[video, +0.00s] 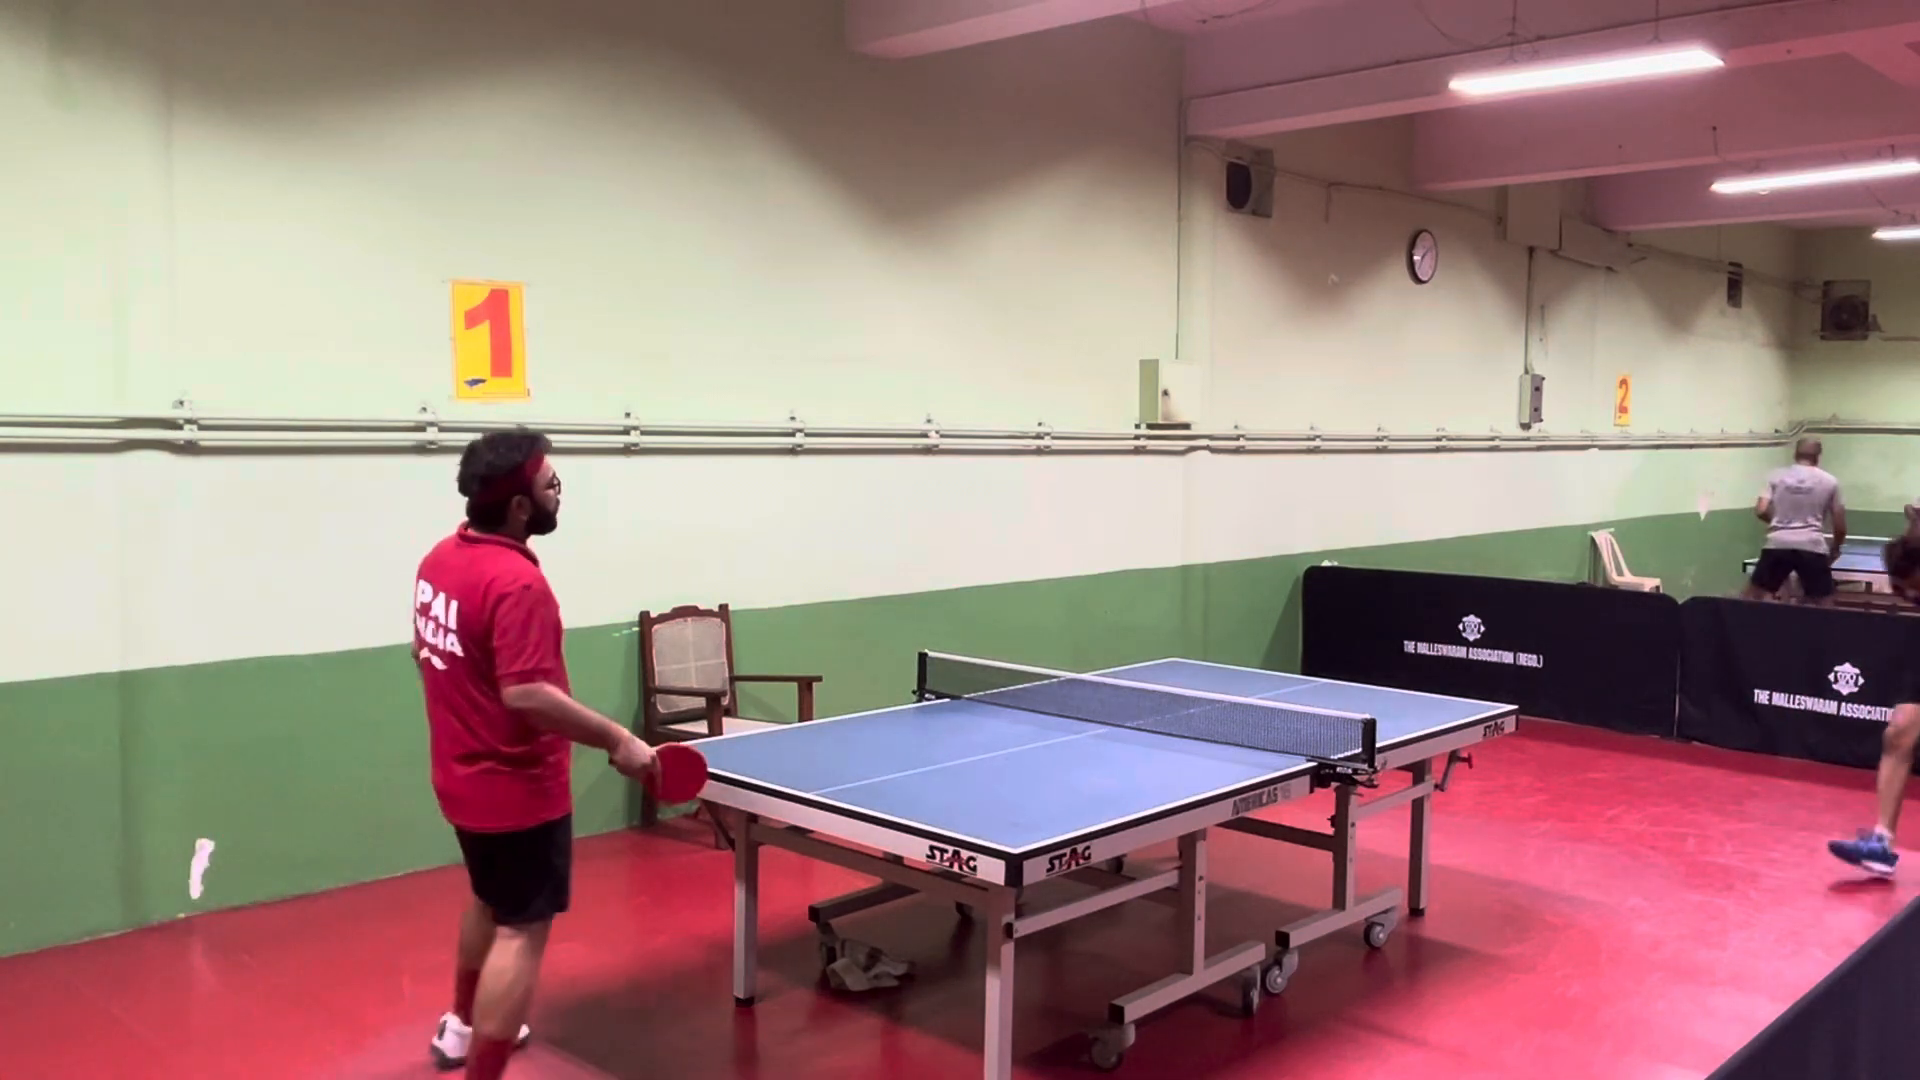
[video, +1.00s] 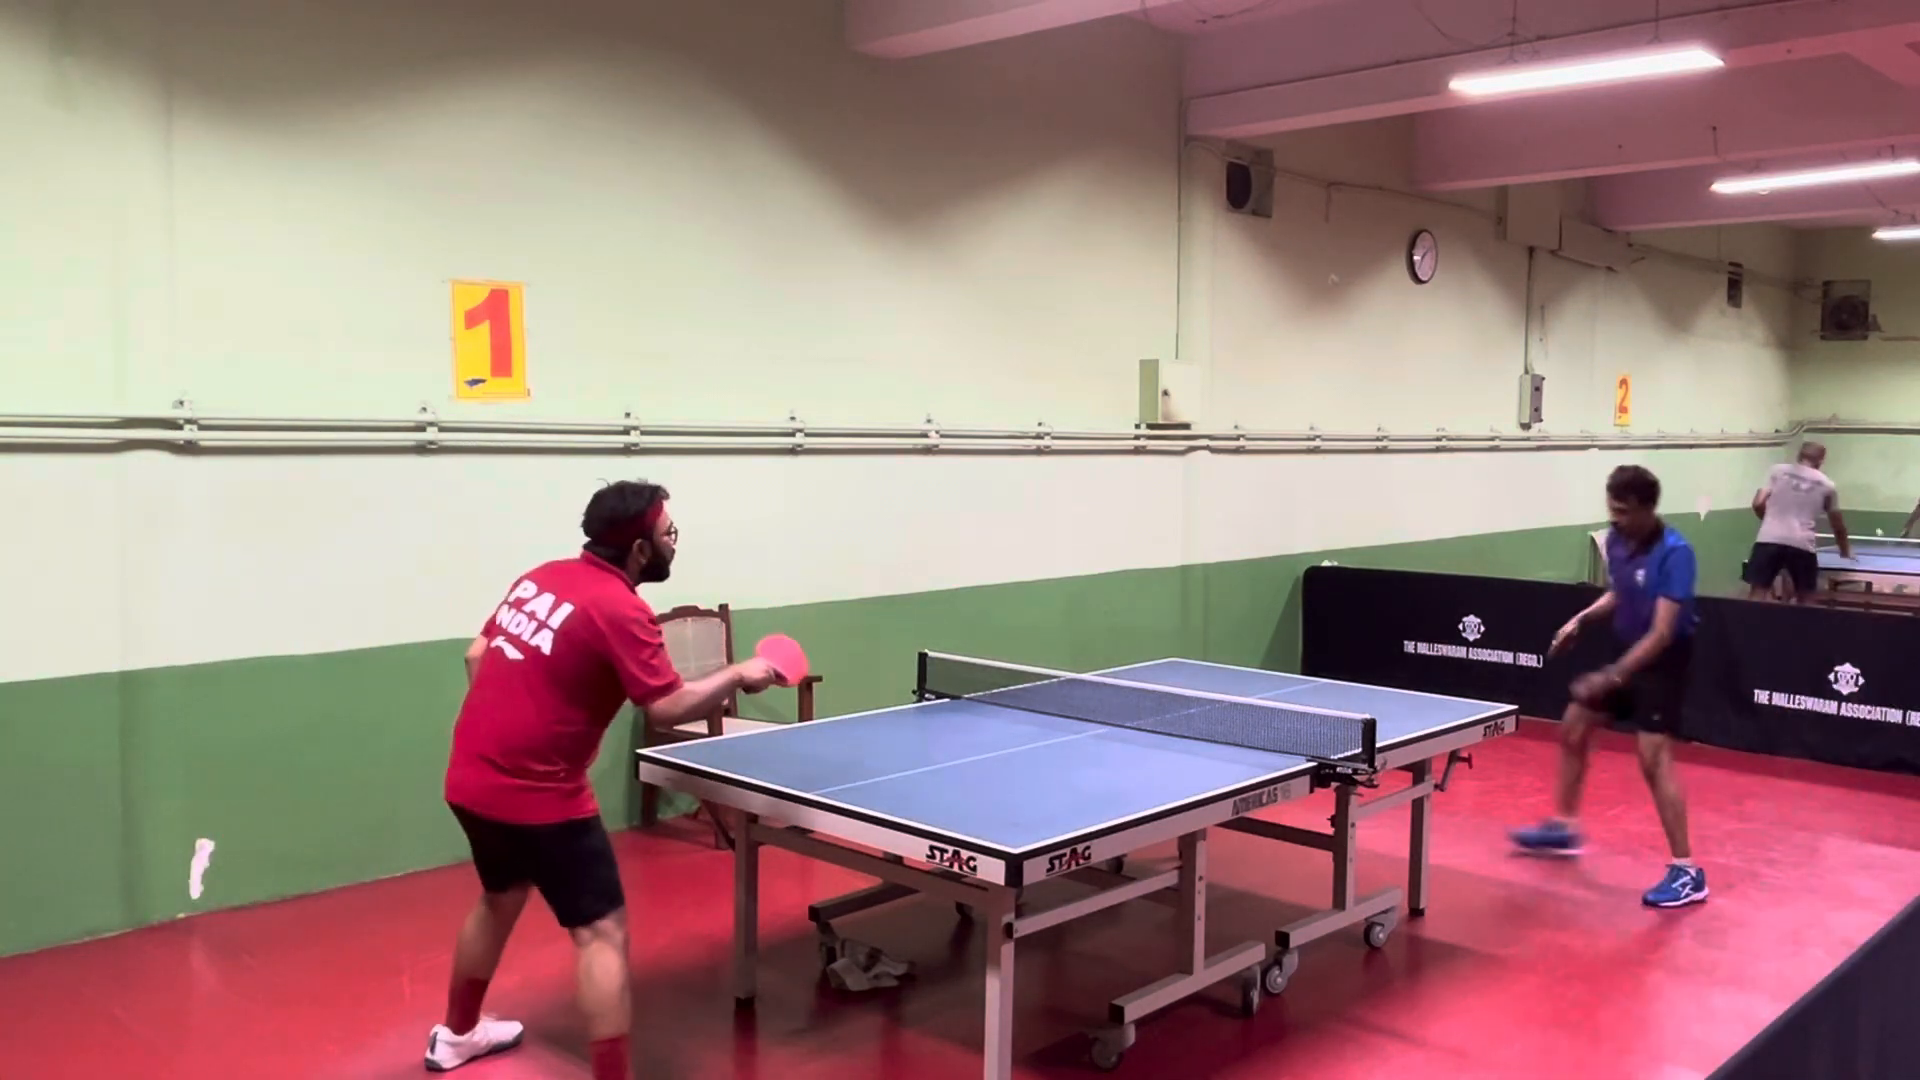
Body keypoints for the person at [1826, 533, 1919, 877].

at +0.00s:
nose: (1911, 597)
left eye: (1914, 589)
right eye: (1907, 591)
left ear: (1916, 578)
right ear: (1899, 584)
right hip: (1916, 682)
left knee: (1902, 733)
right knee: (1899, 731)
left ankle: (1883, 837)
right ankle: (1882, 837)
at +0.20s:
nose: (1840, 554)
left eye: (1844, 545)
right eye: (1835, 547)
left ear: (1867, 533)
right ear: (1839, 541)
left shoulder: (1911, 559)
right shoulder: (1843, 567)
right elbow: (1851, 613)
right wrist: (1850, 662)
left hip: (1915, 660)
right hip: (1876, 661)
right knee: (1850, 744)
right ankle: (1872, 850)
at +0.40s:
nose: (1791, 518)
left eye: (1797, 509)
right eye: (1788, 510)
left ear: (1824, 502)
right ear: (1791, 508)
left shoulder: (1866, 544)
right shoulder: (1795, 545)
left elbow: (1913, 605)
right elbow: (1781, 606)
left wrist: (1915, 681)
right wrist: (1744, 641)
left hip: (1868, 652)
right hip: (1823, 652)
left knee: (1823, 739)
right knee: (1840, 751)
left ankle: (1864, 851)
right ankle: (1869, 853)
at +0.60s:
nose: (1735, 525)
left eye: (1743, 516)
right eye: (1732, 516)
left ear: (1772, 514)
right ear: (1735, 514)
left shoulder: (1805, 561)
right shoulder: (1739, 550)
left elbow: (1841, 632)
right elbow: (1707, 608)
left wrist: (1836, 706)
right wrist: (1658, 609)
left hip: (1793, 669)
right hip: (1758, 666)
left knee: (1738, 755)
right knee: (1802, 762)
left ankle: (1700, 866)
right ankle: (1862, 844)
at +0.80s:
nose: (1673, 530)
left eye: (1681, 522)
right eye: (1670, 520)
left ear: (1709, 520)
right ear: (1671, 514)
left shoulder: (1735, 564)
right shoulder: (1677, 549)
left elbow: (1741, 646)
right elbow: (1666, 603)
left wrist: (1735, 720)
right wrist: (1619, 613)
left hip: (1714, 668)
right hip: (1683, 664)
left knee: (1666, 752)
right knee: (1666, 759)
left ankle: (1687, 871)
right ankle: (1757, 814)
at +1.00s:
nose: (1614, 519)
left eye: (1621, 512)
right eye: (1611, 510)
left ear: (1648, 509)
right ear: (1613, 507)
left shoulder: (1675, 553)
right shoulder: (1617, 542)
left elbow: (1663, 632)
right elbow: (1621, 594)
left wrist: (1611, 675)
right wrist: (1578, 621)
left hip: (1666, 655)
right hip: (1625, 649)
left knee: (1653, 757)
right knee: (1574, 727)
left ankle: (1686, 869)